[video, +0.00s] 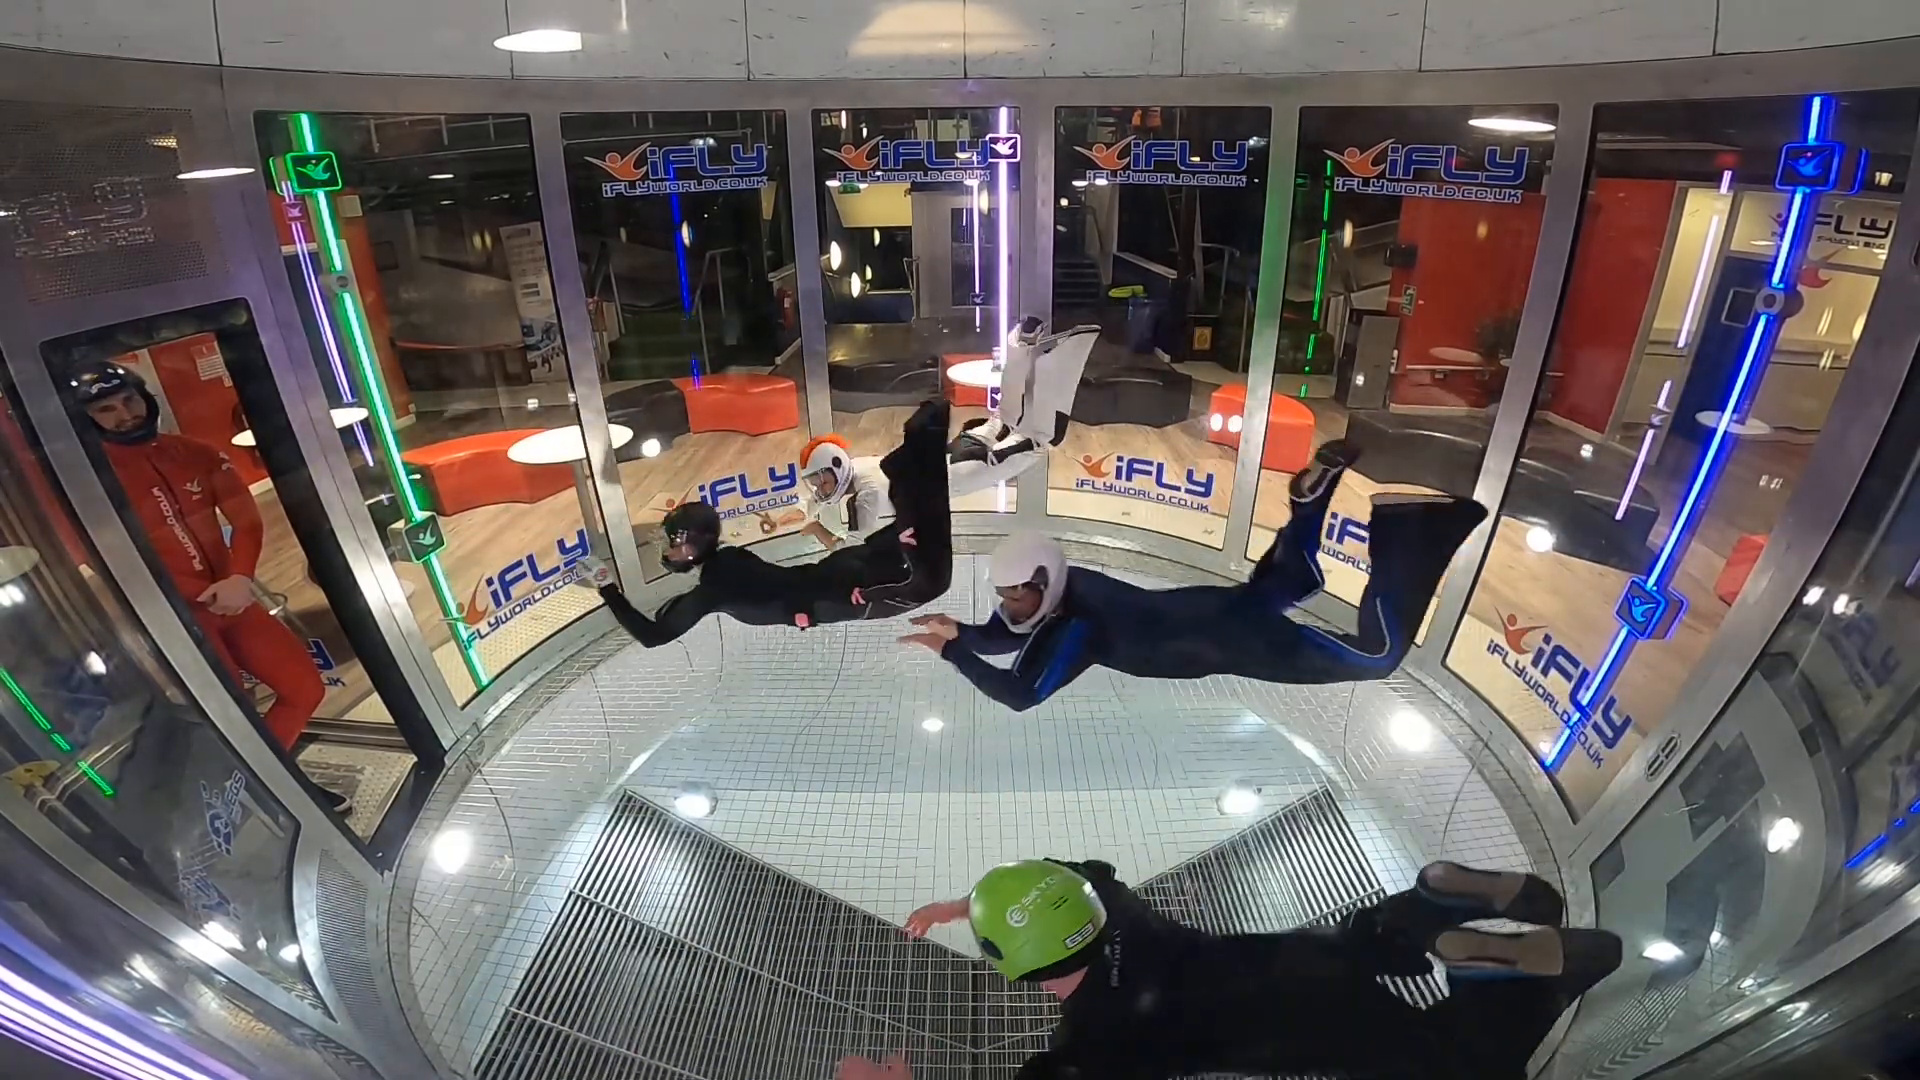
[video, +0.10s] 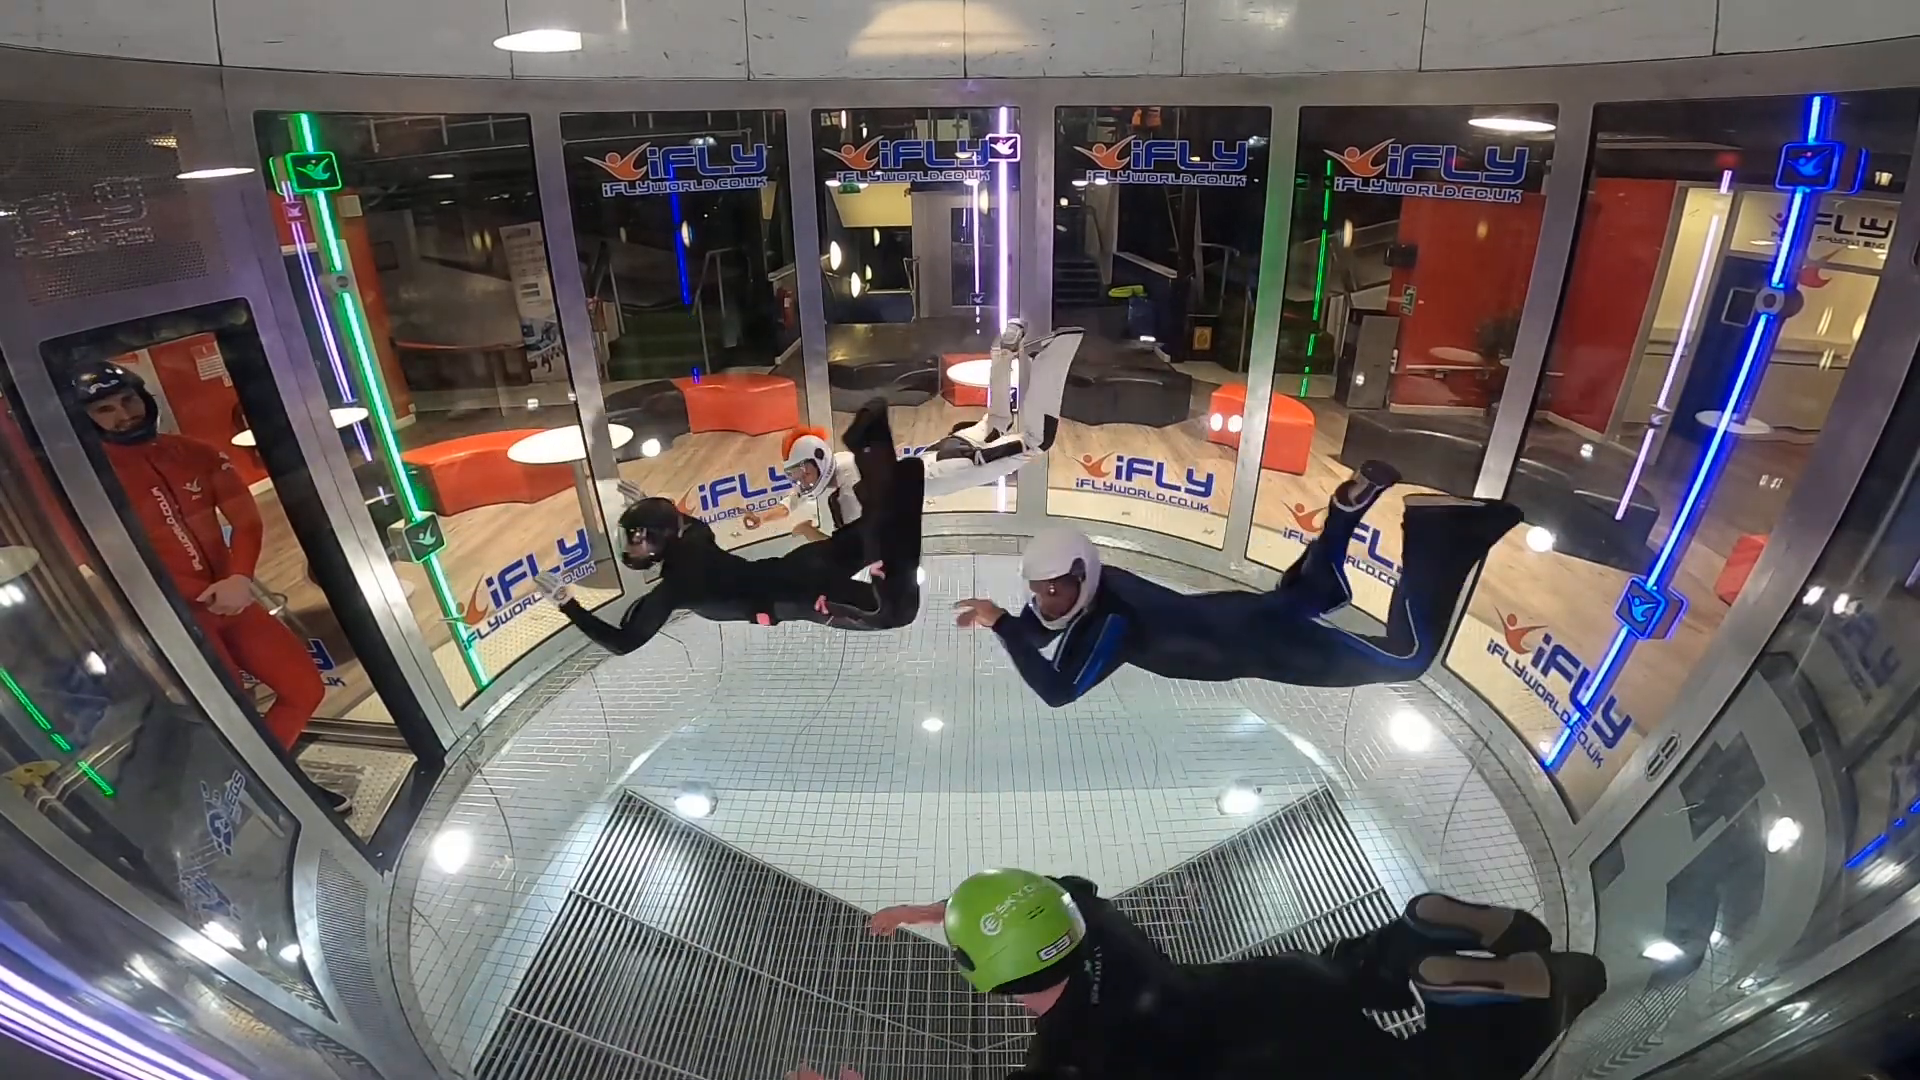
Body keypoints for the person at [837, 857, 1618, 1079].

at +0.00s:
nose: (1016, 977)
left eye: (1017, 966)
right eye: (1018, 963)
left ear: (1049, 972)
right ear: (1072, 908)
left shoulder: (1106, 1035)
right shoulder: (1110, 906)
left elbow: (1032, 1079)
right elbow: (1055, 879)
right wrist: (962, 908)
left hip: (1318, 1024)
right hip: (1305, 948)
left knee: (1447, 1027)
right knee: (1391, 927)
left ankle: (1556, 966)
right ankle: (1491, 901)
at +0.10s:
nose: (995, 988)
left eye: (997, 978)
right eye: (990, 976)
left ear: (1023, 981)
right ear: (1053, 911)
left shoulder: (1077, 1051)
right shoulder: (1091, 916)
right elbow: (1026, 895)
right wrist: (940, 913)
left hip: (1272, 1055)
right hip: (1257, 986)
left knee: (1413, 1045)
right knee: (1360, 965)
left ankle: (1540, 1001)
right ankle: (1470, 929)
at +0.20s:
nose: (1003, 1008)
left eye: (1010, 992)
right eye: (993, 993)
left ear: (1036, 977)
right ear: (1000, 955)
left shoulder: (1081, 1054)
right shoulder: (1066, 930)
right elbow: (996, 909)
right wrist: (902, 918)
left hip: (1271, 1055)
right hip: (1244, 996)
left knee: (1397, 1064)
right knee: (1338, 998)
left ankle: (1528, 1025)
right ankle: (1422, 941)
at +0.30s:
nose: (974, 1000)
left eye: (979, 990)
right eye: (968, 986)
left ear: (1004, 990)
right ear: (1028, 938)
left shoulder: (1058, 1061)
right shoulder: (1059, 938)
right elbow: (994, 909)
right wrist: (912, 933)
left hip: (1264, 1064)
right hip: (1238, 1011)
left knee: (1394, 1065)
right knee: (1324, 1007)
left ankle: (1526, 1030)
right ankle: (1414, 949)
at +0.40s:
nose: (986, 1019)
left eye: (994, 1006)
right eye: (974, 1003)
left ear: (1032, 987)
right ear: (1021, 935)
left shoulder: (1067, 1058)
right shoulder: (1051, 930)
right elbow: (994, 914)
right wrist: (906, 933)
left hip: (1252, 1062)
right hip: (1222, 1008)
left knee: (1380, 1062)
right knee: (1324, 1009)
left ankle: (1514, 1030)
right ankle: (1404, 965)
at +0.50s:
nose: (995, 1013)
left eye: (998, 998)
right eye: (987, 998)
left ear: (1017, 990)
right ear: (1039, 933)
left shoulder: (1051, 1067)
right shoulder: (1066, 932)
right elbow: (1008, 908)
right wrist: (926, 927)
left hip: (1233, 1069)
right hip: (1220, 1012)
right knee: (1325, 1006)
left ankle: (1472, 1041)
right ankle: (1432, 973)